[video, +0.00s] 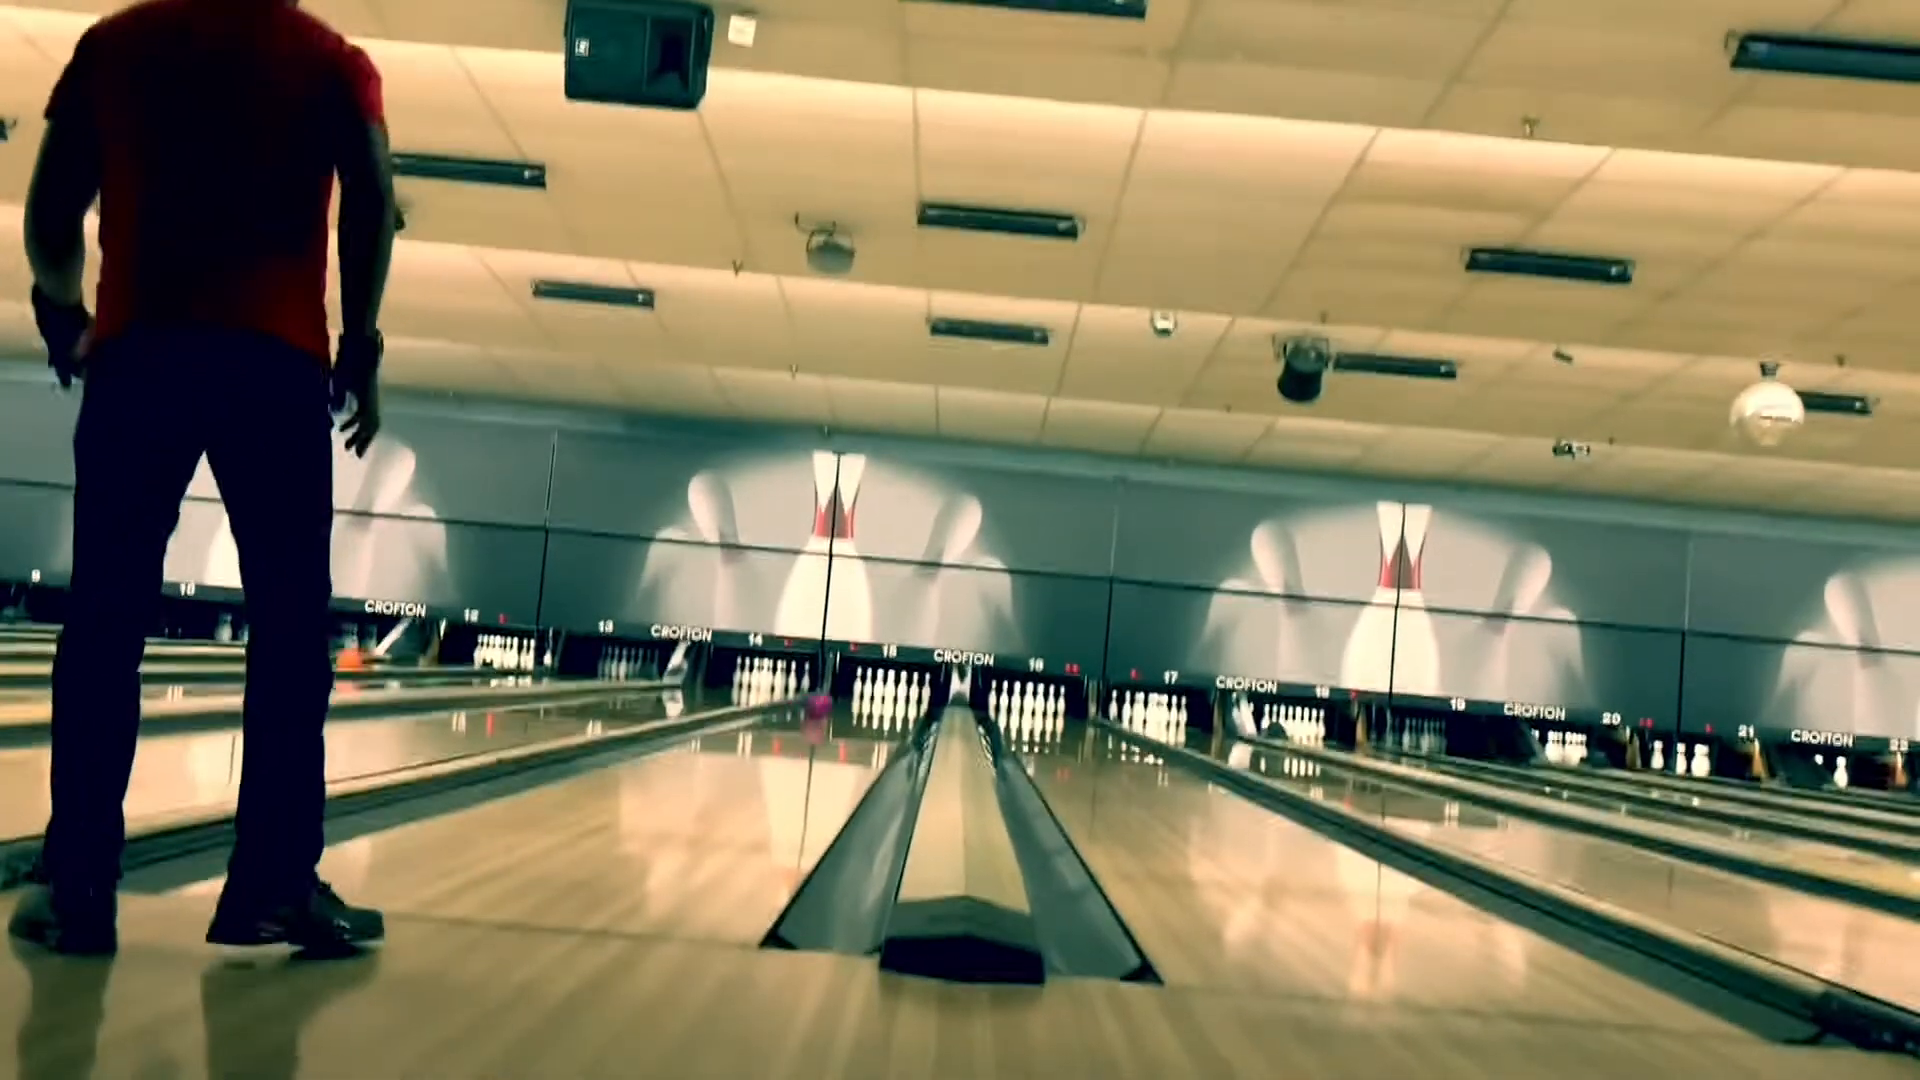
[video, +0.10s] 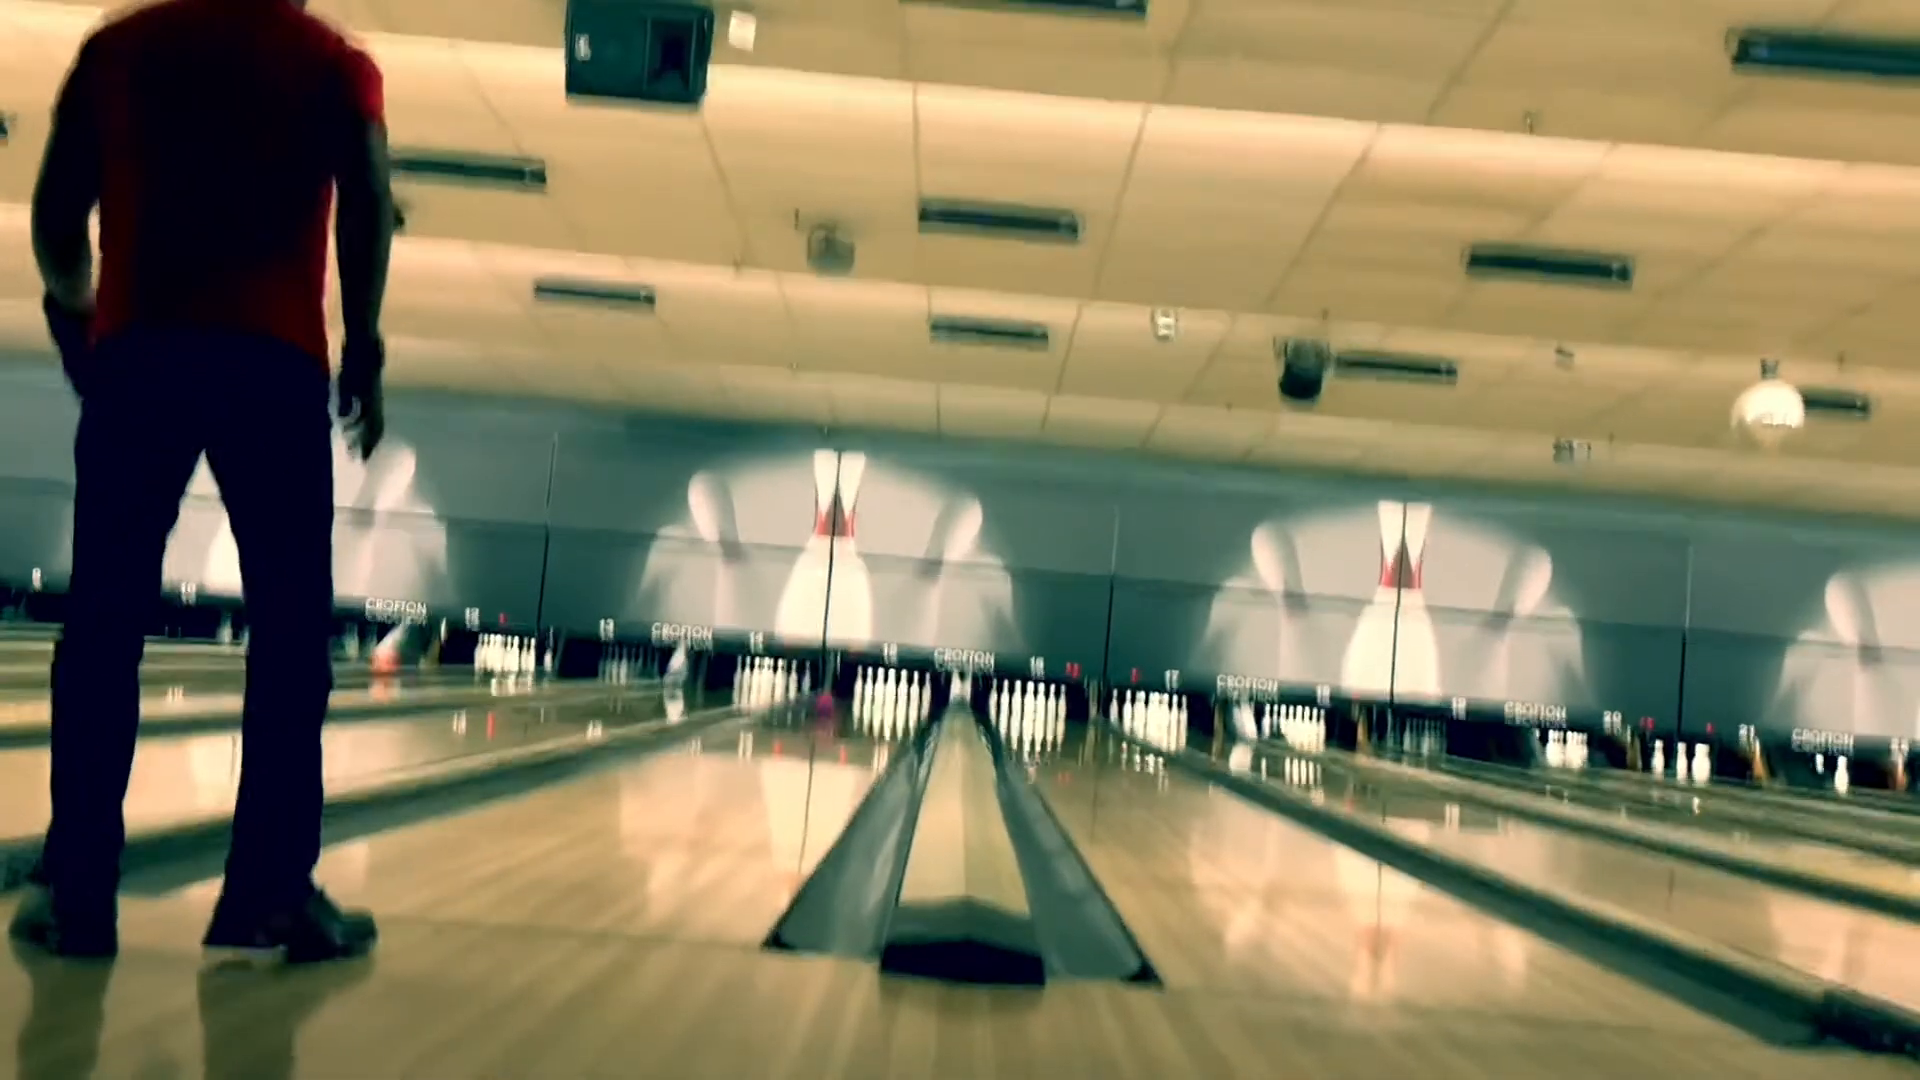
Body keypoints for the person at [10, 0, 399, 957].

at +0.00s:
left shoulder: (112, 42)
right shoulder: (333, 58)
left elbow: (51, 207)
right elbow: (373, 207)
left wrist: (59, 305)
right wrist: (362, 332)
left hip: (139, 359)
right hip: (273, 364)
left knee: (103, 620)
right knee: (290, 629)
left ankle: (79, 895)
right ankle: (272, 888)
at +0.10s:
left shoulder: (117, 42)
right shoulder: (334, 59)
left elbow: (56, 210)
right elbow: (370, 209)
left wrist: (75, 327)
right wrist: (363, 340)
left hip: (138, 361)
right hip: (271, 366)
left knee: (102, 624)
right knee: (290, 634)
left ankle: (79, 901)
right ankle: (267, 897)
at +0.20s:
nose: (324, 3)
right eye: (322, 2)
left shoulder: (121, 50)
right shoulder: (343, 67)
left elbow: (65, 214)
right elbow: (370, 214)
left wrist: (91, 328)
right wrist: (367, 347)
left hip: (140, 363)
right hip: (275, 370)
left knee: (102, 623)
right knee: (285, 638)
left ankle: (78, 899)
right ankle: (260, 906)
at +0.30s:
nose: (336, 4)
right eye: (335, 1)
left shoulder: (135, 50)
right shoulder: (357, 67)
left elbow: (85, 212)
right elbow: (377, 215)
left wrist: (109, 319)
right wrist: (375, 351)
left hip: (151, 365)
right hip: (283, 373)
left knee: (109, 623)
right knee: (290, 638)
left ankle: (78, 898)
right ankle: (261, 906)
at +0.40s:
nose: (355, 6)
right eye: (354, 3)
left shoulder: (156, 54)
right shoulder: (372, 69)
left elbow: (99, 216)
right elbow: (388, 215)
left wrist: (145, 320)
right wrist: (388, 358)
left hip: (164, 367)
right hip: (298, 374)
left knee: (116, 625)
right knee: (296, 644)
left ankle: (77, 899)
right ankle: (260, 906)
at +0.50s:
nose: (381, 1)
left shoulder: (179, 53)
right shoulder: (394, 70)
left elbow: (121, 216)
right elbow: (409, 217)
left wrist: (179, 320)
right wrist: (405, 358)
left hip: (180, 366)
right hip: (313, 376)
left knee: (126, 622)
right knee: (304, 645)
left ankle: (78, 899)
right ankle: (262, 908)